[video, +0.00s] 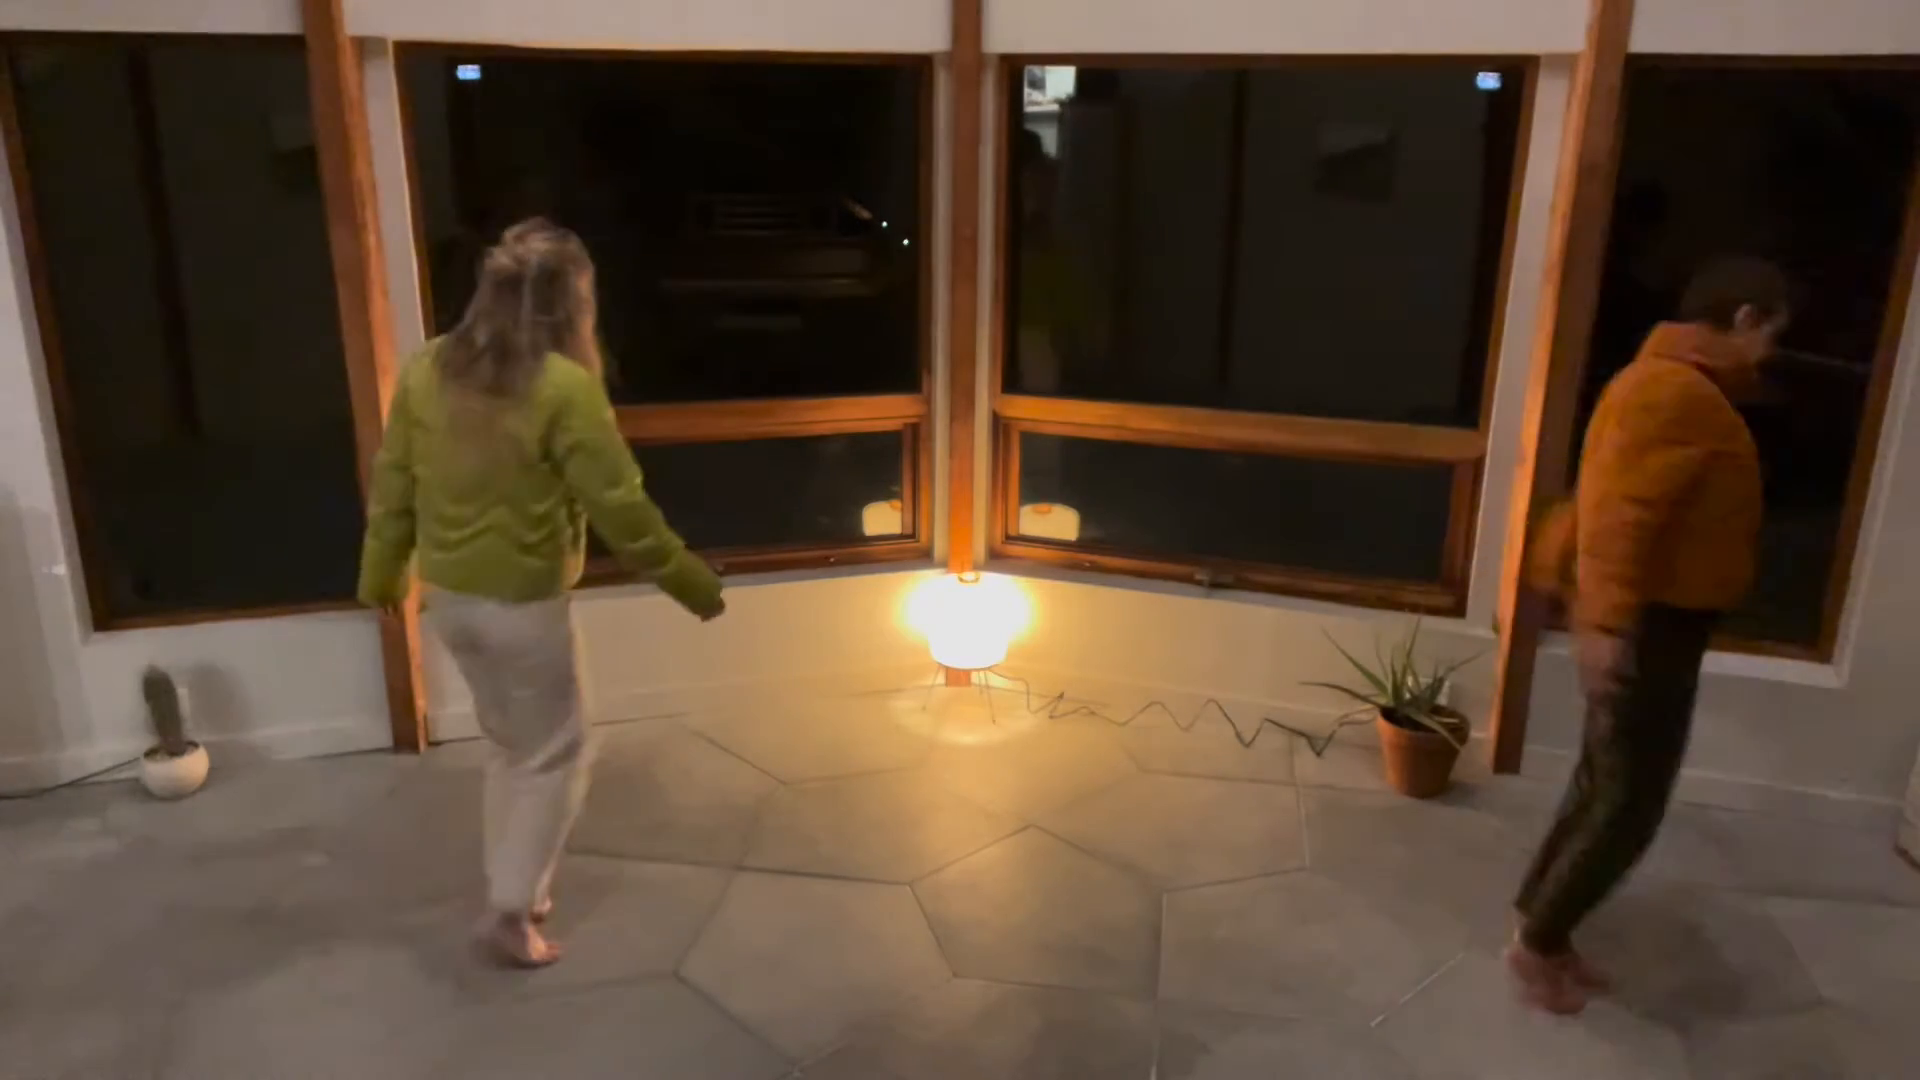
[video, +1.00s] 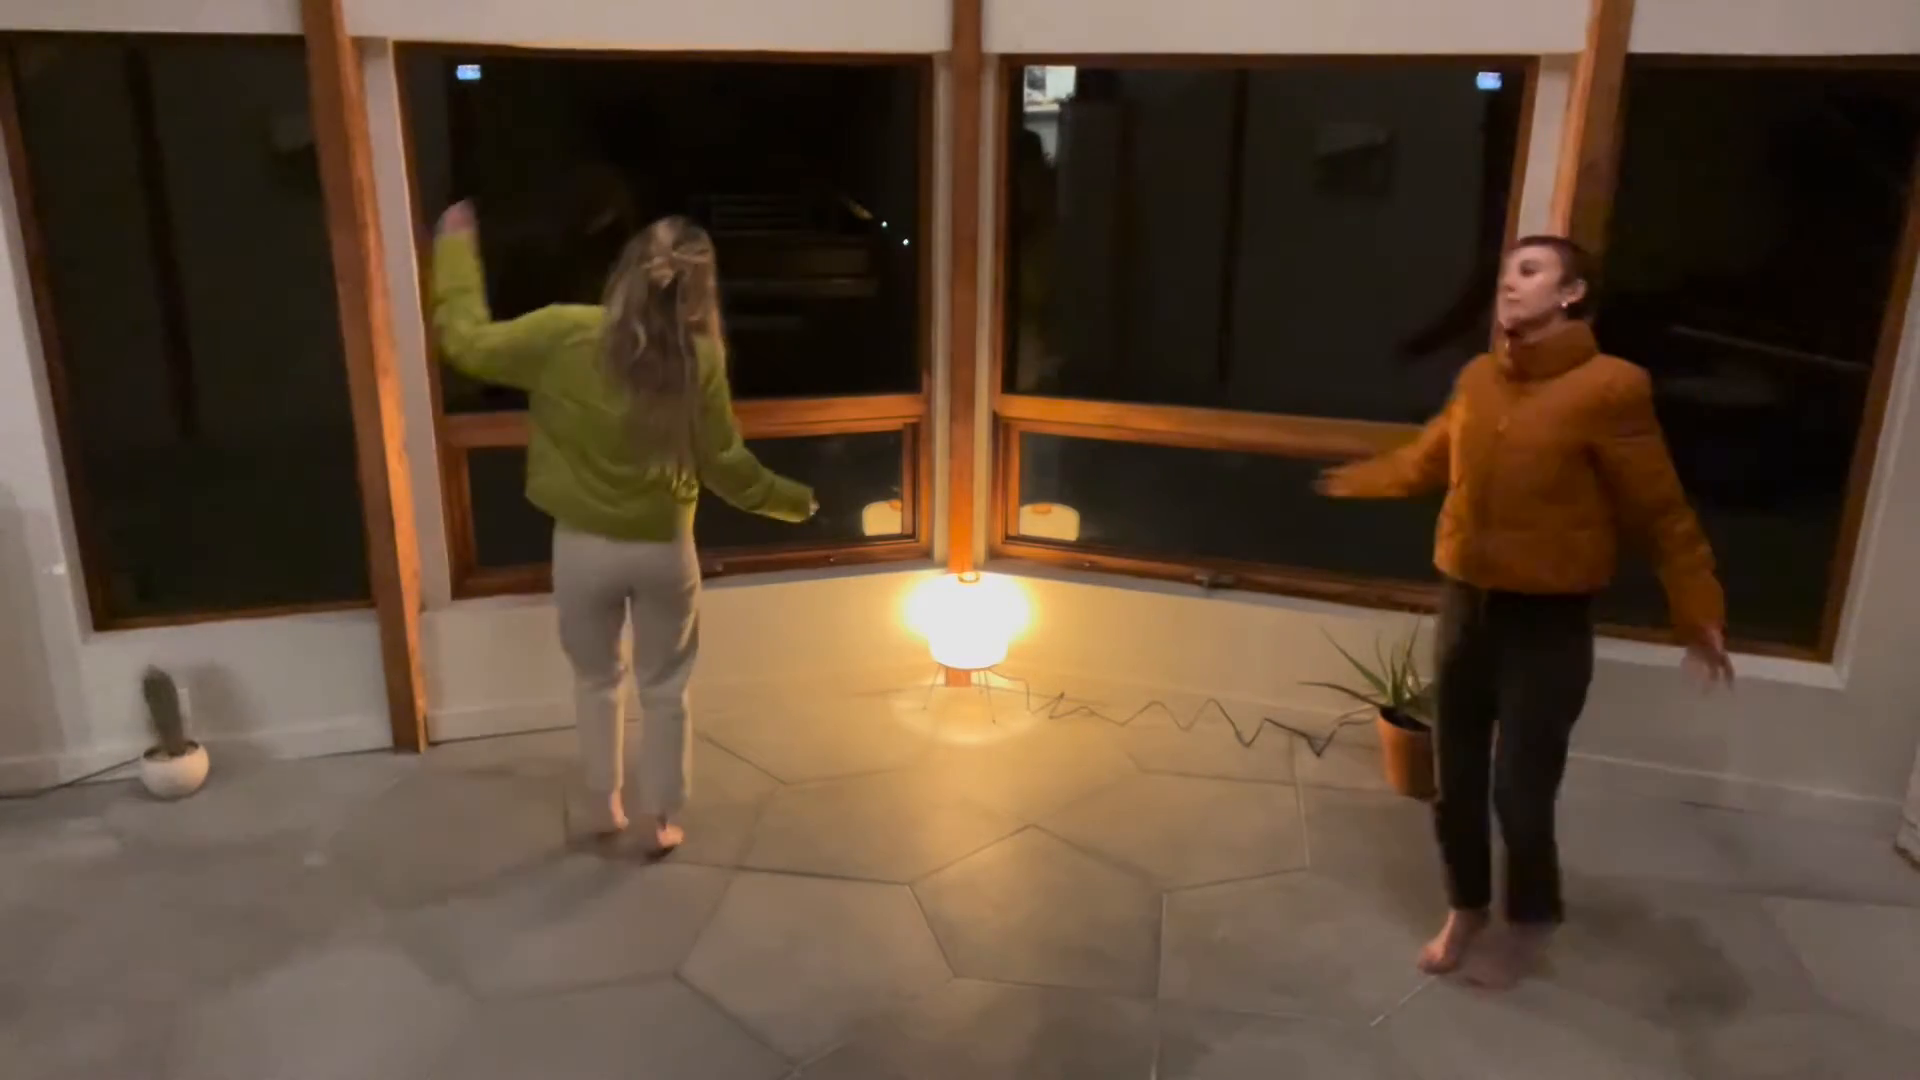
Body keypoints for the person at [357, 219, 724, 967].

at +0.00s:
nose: (592, 311)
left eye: (590, 298)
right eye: (587, 298)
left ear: (492, 292)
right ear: (565, 305)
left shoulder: (427, 368)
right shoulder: (565, 386)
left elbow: (393, 487)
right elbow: (619, 507)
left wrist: (378, 579)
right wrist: (693, 583)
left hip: (448, 601)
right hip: (523, 608)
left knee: (509, 747)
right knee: (554, 750)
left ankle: (513, 893)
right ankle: (513, 914)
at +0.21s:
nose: (619, 308)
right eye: (614, 294)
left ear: (524, 287)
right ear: (601, 300)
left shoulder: (459, 361)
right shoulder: (610, 375)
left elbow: (425, 489)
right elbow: (645, 498)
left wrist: (408, 593)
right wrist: (692, 577)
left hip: (489, 598)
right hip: (574, 600)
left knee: (521, 734)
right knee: (598, 730)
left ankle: (521, 878)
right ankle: (586, 893)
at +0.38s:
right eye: (634, 289)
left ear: (545, 281)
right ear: (626, 295)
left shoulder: (494, 356)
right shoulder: (635, 364)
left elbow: (465, 484)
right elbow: (663, 481)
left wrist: (436, 586)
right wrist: (686, 568)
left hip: (525, 589)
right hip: (607, 589)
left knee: (550, 734)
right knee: (609, 727)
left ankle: (575, 871)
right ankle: (594, 877)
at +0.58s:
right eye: (660, 284)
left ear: (579, 277)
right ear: (652, 289)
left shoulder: (532, 356)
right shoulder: (662, 360)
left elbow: (489, 471)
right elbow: (693, 475)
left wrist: (389, 528)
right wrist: (716, 553)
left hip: (555, 583)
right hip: (638, 582)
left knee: (563, 711)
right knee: (637, 716)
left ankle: (588, 849)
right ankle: (640, 860)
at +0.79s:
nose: (695, 297)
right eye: (691, 286)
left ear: (610, 272)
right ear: (681, 289)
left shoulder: (553, 344)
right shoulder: (682, 361)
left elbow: (452, 405)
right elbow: (718, 464)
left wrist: (374, 337)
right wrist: (774, 515)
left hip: (570, 569)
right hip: (651, 569)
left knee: (589, 712)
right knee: (657, 685)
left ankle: (605, 849)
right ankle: (656, 823)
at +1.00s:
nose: (715, 297)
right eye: (708, 284)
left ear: (631, 273)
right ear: (698, 291)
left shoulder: (564, 333)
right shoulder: (701, 356)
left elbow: (468, 343)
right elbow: (726, 462)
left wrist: (454, 246)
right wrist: (793, 501)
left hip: (584, 553)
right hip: (665, 555)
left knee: (596, 681)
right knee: (664, 686)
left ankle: (604, 806)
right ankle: (665, 821)